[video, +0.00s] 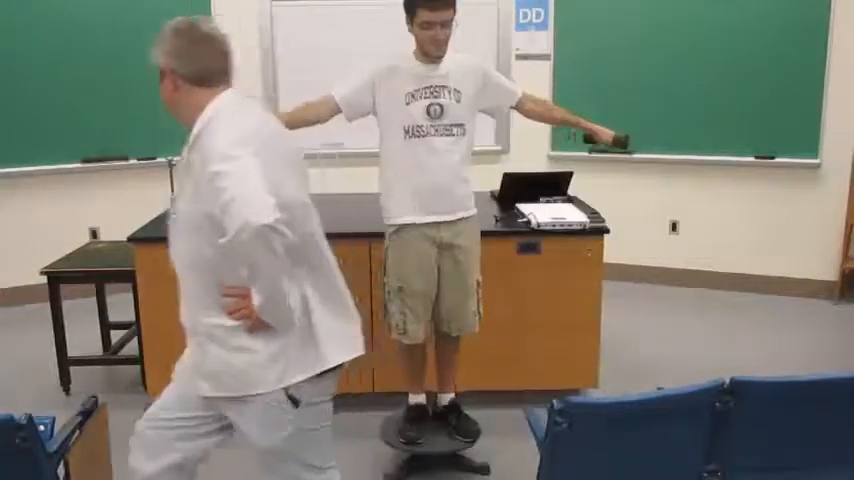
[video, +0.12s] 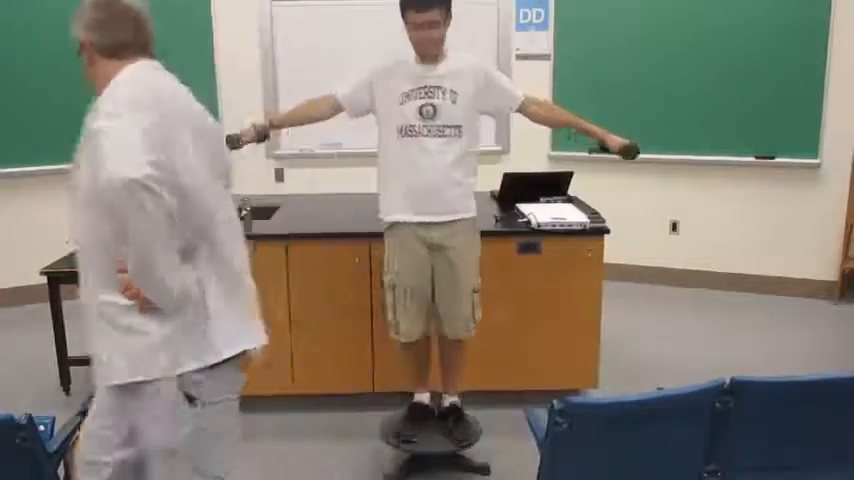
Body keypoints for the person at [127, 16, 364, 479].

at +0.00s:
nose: (159, 92)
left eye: (159, 79)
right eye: (160, 79)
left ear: (171, 81)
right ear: (223, 69)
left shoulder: (224, 138)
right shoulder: (244, 120)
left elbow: (257, 223)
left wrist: (271, 306)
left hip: (273, 362)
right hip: (233, 355)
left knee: (308, 474)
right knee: (156, 448)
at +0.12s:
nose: (82, 64)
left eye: (81, 52)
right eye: (83, 54)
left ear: (89, 49)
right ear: (143, 41)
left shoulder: (122, 105)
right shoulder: (167, 90)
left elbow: (131, 182)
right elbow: (216, 169)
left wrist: (165, 286)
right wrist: (160, 272)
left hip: (167, 354)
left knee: (193, 470)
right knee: (100, 463)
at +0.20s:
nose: (82, 64)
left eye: (81, 52)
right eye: (83, 54)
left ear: (89, 49)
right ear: (143, 41)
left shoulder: (122, 104)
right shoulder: (167, 90)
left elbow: (131, 181)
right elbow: (217, 165)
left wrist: (164, 286)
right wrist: (163, 271)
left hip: (170, 354)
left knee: (200, 470)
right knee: (100, 464)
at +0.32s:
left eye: (34, 22)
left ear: (36, 22)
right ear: (106, 19)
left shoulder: (30, 80)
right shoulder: (146, 89)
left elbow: (13, 162)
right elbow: (178, 204)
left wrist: (57, 270)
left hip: (62, 361)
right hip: (135, 352)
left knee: (26, 465)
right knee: (116, 467)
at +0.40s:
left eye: (34, 22)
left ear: (36, 22)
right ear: (106, 19)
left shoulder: (31, 80)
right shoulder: (147, 89)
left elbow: (13, 162)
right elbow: (178, 206)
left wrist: (57, 270)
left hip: (62, 360)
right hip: (136, 352)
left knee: (26, 465)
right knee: (116, 466)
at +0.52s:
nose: (62, 15)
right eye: (62, 10)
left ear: (1, 15)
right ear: (56, 12)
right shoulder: (99, 93)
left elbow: (139, 211)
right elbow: (140, 210)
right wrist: (101, 270)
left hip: (10, 329)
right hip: (95, 321)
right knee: (91, 470)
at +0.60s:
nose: (62, 15)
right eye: (62, 10)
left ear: (1, 15)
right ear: (56, 12)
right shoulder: (99, 93)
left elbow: (139, 211)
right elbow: (140, 210)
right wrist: (101, 270)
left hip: (9, 329)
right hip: (95, 321)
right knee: (91, 470)